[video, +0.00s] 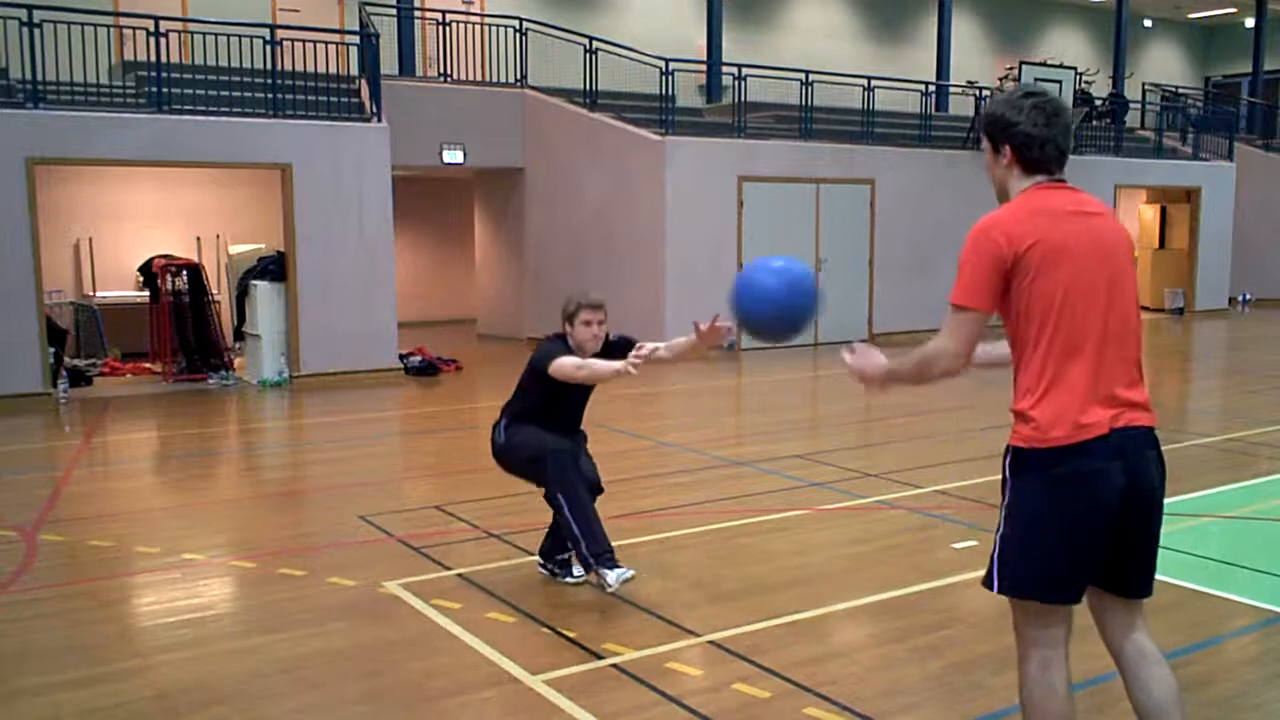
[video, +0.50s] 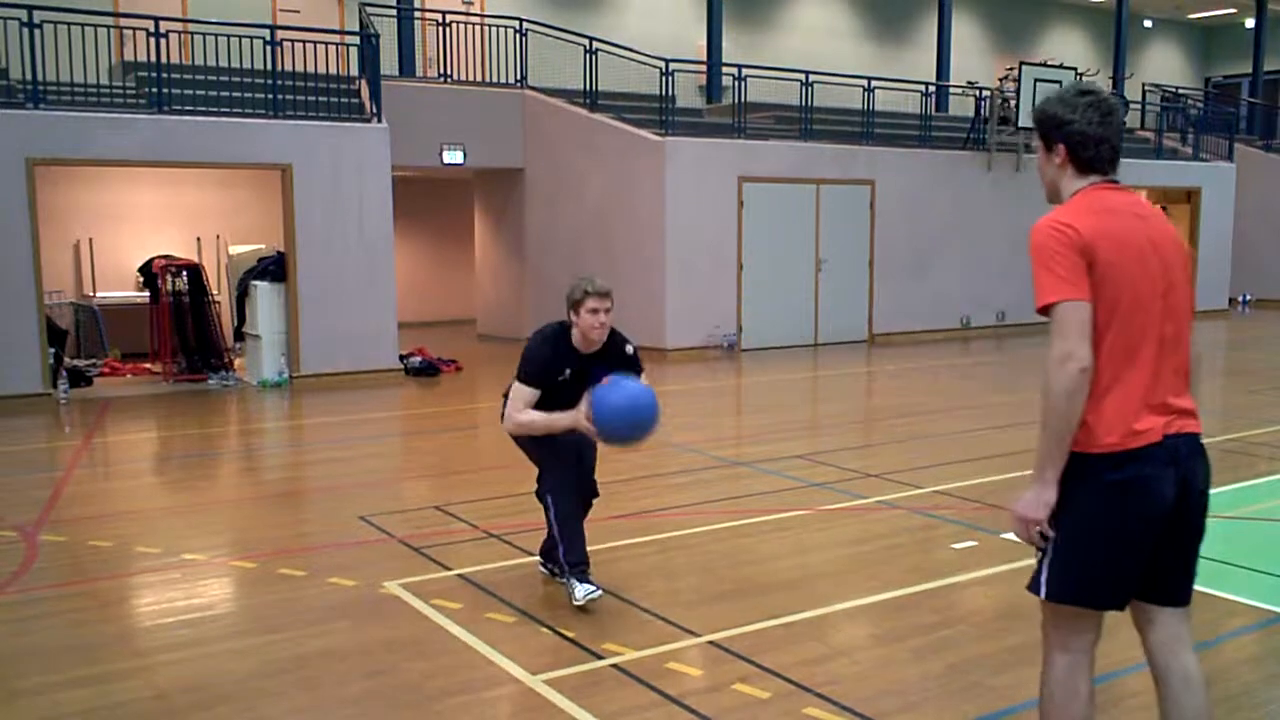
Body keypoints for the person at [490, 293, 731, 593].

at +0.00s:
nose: (596, 331)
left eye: (600, 324)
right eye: (587, 324)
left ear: (606, 326)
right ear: (569, 328)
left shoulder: (609, 348)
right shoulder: (549, 352)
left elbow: (661, 350)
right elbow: (578, 371)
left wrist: (698, 342)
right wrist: (618, 368)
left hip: (566, 438)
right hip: (518, 435)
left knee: (587, 485)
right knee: (560, 460)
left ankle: (554, 555)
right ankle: (602, 564)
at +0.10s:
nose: (598, 324)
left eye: (603, 316)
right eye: (589, 317)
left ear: (608, 318)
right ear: (570, 319)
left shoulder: (611, 341)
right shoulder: (552, 345)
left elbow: (662, 353)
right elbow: (578, 369)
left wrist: (701, 350)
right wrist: (617, 368)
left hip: (568, 430)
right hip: (520, 426)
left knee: (586, 484)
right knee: (558, 454)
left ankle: (554, 556)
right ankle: (597, 559)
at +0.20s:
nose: (596, 325)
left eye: (601, 318)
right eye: (587, 318)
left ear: (607, 319)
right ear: (568, 321)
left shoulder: (608, 342)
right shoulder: (550, 348)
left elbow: (647, 361)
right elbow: (580, 379)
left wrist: (681, 369)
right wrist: (623, 388)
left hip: (568, 427)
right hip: (520, 423)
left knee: (582, 485)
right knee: (557, 453)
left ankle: (553, 555)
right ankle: (593, 560)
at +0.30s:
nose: (594, 323)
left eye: (599, 315)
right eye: (585, 316)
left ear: (605, 317)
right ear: (567, 319)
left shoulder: (612, 344)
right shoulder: (547, 349)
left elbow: (648, 389)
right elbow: (569, 410)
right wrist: (629, 418)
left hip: (572, 421)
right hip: (523, 419)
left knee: (580, 488)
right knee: (557, 453)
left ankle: (553, 555)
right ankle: (586, 568)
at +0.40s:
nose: (598, 321)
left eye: (603, 313)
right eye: (589, 313)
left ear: (609, 315)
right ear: (570, 317)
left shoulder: (615, 348)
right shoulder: (544, 346)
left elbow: (640, 401)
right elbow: (531, 423)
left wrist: (653, 430)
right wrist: (590, 434)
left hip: (577, 420)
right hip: (527, 417)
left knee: (584, 490)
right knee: (558, 478)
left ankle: (553, 555)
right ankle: (581, 576)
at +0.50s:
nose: (602, 320)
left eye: (607, 312)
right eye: (593, 312)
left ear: (612, 313)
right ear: (573, 315)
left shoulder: (620, 349)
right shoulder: (545, 346)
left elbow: (633, 393)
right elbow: (513, 420)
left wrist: (626, 409)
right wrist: (572, 419)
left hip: (578, 420)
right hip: (531, 416)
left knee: (584, 490)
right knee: (561, 474)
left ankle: (553, 555)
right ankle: (577, 575)